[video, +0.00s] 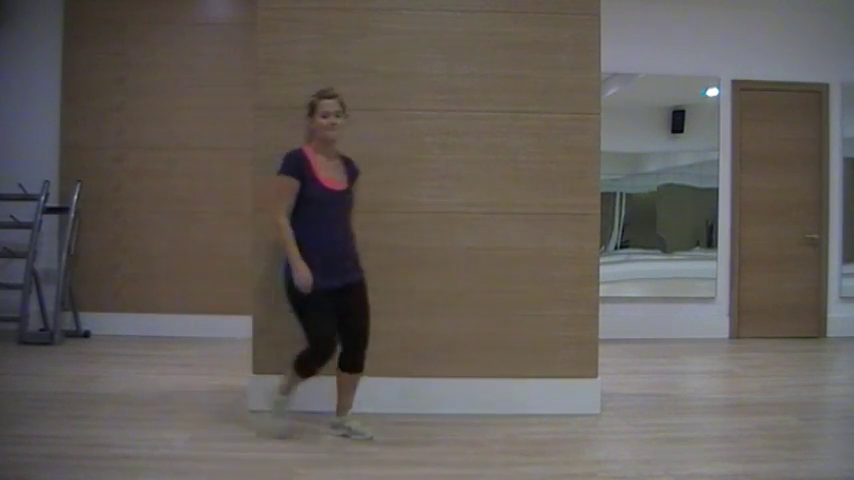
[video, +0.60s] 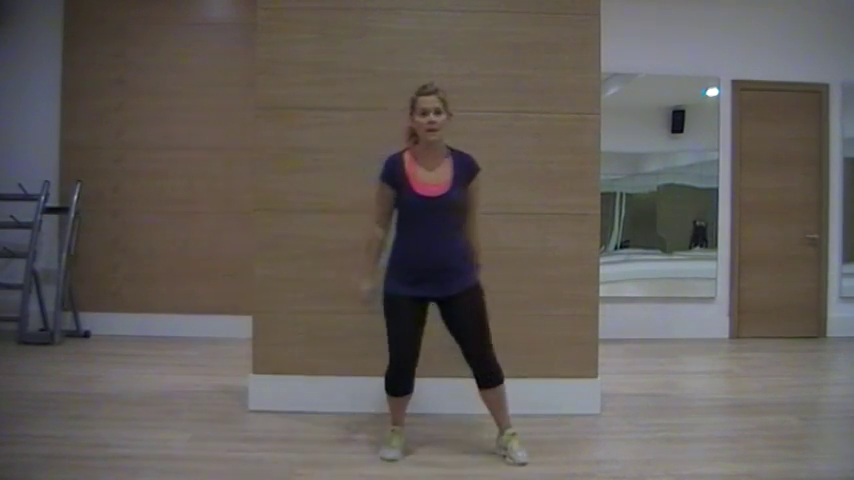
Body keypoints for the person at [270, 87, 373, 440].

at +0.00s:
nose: (332, 121)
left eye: (337, 115)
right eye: (325, 115)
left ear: (343, 121)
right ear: (310, 121)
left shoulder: (348, 168)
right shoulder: (297, 161)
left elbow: (345, 220)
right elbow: (279, 215)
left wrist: (351, 261)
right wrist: (298, 264)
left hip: (346, 268)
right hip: (309, 269)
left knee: (356, 341)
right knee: (323, 345)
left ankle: (343, 415)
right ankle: (284, 389)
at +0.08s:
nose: (346, 118)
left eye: (352, 112)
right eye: (339, 112)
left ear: (360, 119)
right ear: (326, 119)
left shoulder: (369, 164)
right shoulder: (311, 159)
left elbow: (373, 221)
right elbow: (290, 214)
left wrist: (389, 261)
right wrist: (292, 266)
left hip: (361, 268)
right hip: (321, 268)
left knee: (364, 341)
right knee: (344, 338)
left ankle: (344, 414)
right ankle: (330, 414)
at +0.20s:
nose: (366, 116)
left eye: (372, 110)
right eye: (358, 110)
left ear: (381, 117)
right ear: (346, 117)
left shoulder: (390, 161)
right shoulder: (329, 159)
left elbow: (404, 217)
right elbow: (307, 216)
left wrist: (427, 258)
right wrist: (291, 265)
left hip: (384, 270)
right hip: (342, 269)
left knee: (375, 344)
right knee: (369, 343)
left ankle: (348, 413)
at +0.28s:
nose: (377, 117)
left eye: (383, 111)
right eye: (369, 111)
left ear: (393, 117)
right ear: (358, 118)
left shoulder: (403, 164)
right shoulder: (340, 162)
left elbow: (414, 220)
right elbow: (315, 217)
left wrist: (432, 262)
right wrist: (293, 266)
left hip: (400, 273)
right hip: (355, 274)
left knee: (410, 348)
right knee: (381, 348)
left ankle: (371, 399)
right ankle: (390, 428)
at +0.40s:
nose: (395, 121)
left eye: (402, 114)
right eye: (387, 115)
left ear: (412, 121)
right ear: (375, 122)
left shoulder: (424, 169)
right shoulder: (360, 168)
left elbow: (427, 224)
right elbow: (333, 221)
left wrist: (430, 266)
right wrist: (312, 271)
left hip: (418, 276)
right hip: (374, 279)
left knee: (451, 346)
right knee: (389, 358)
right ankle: (393, 431)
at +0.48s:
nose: (409, 120)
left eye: (416, 113)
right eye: (401, 114)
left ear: (425, 120)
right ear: (390, 121)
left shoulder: (438, 168)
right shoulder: (373, 168)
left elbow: (441, 224)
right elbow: (350, 221)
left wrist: (444, 268)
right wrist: (334, 270)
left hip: (431, 275)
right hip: (385, 279)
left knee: (464, 346)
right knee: (397, 358)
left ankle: (481, 428)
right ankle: (394, 434)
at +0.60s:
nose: (431, 119)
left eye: (437, 112)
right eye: (423, 113)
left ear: (448, 117)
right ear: (412, 120)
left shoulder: (464, 165)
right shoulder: (396, 166)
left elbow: (471, 223)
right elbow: (380, 223)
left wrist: (475, 270)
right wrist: (369, 273)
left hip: (456, 277)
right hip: (406, 279)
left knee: (482, 356)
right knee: (401, 362)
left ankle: (507, 433)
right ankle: (396, 432)